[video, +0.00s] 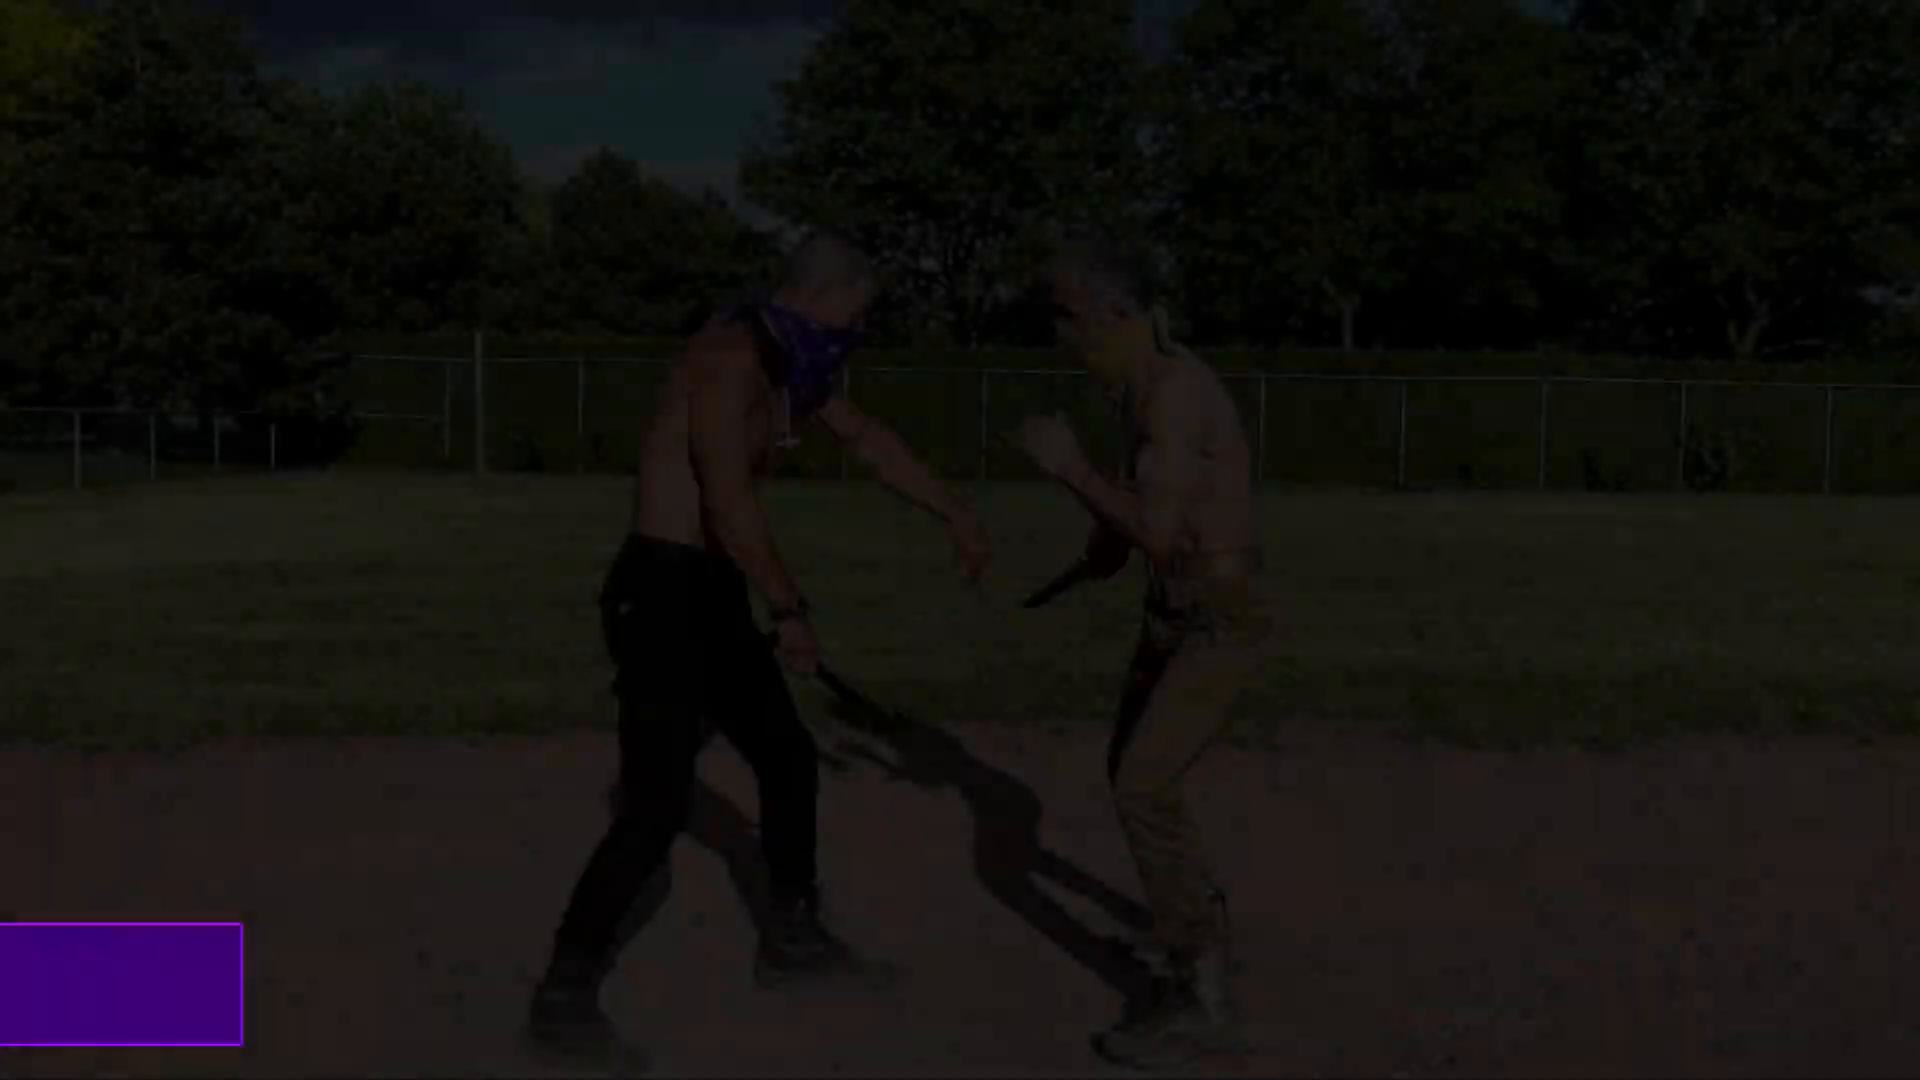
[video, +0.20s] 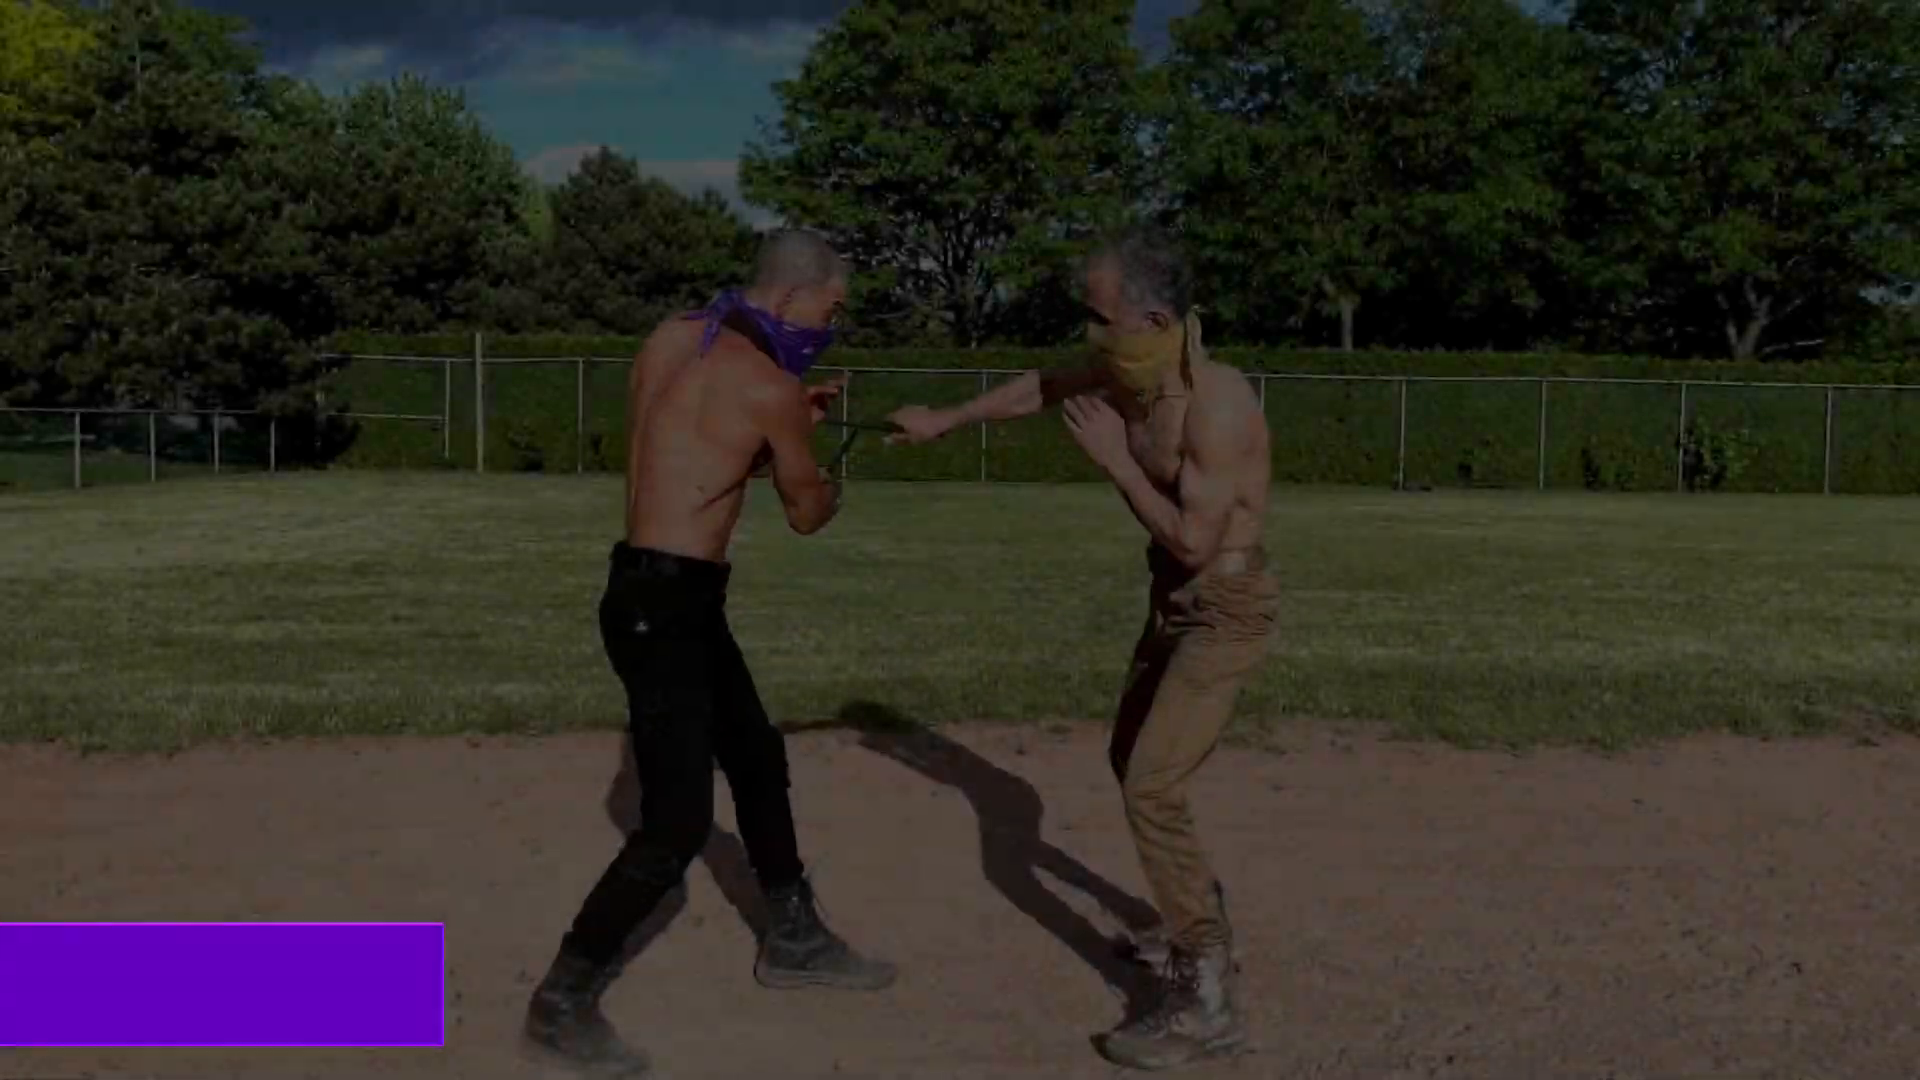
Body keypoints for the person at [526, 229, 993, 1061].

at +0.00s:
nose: (845, 343)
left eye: (852, 328)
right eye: (843, 325)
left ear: (807, 305)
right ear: (811, 309)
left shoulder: (780, 368)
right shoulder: (729, 363)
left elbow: (867, 441)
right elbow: (729, 503)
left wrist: (954, 511)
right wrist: (786, 608)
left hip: (712, 592)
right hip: (661, 595)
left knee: (789, 761)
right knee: (655, 805)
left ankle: (793, 936)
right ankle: (566, 995)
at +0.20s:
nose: (830, 326)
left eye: (836, 311)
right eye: (829, 310)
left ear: (759, 287)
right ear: (795, 303)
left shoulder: (671, 338)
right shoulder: (768, 385)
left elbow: (690, 436)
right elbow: (808, 510)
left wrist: (784, 406)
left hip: (654, 594)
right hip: (672, 609)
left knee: (756, 757)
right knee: (678, 822)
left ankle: (793, 936)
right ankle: (563, 1001)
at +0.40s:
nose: (803, 328)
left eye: (809, 313)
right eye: (800, 310)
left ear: (736, 292)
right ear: (753, 298)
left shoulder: (658, 336)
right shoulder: (724, 397)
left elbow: (679, 444)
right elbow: (757, 529)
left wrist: (764, 409)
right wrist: (789, 520)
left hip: (661, 595)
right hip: (664, 608)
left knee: (765, 744)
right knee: (676, 814)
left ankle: (788, 928)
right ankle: (566, 997)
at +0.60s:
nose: (806, 331)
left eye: (812, 315)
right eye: (799, 313)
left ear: (756, 302)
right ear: (748, 300)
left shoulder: (747, 368)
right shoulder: (658, 373)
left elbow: (785, 428)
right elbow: (630, 526)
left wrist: (844, 430)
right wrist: (727, 582)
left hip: (705, 599)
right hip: (630, 599)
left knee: (780, 755)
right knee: (626, 800)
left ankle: (769, 928)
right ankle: (550, 983)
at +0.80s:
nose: (769, 321)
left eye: (775, 307)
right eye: (762, 304)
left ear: (720, 294)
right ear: (714, 293)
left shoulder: (707, 360)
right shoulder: (626, 368)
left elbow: (691, 457)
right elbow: (556, 509)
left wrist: (765, 449)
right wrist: (649, 595)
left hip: (690, 596)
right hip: (607, 606)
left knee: (763, 755)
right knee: (580, 813)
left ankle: (768, 929)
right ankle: (498, 1002)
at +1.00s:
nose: (761, 326)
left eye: (767, 311)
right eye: (753, 308)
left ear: (722, 302)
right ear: (700, 299)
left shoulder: (719, 363)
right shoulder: (606, 367)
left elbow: (795, 417)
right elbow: (513, 483)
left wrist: (887, 455)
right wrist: (582, 592)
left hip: (662, 598)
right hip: (580, 598)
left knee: (733, 757)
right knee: (573, 814)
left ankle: (742, 933)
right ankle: (497, 1002)